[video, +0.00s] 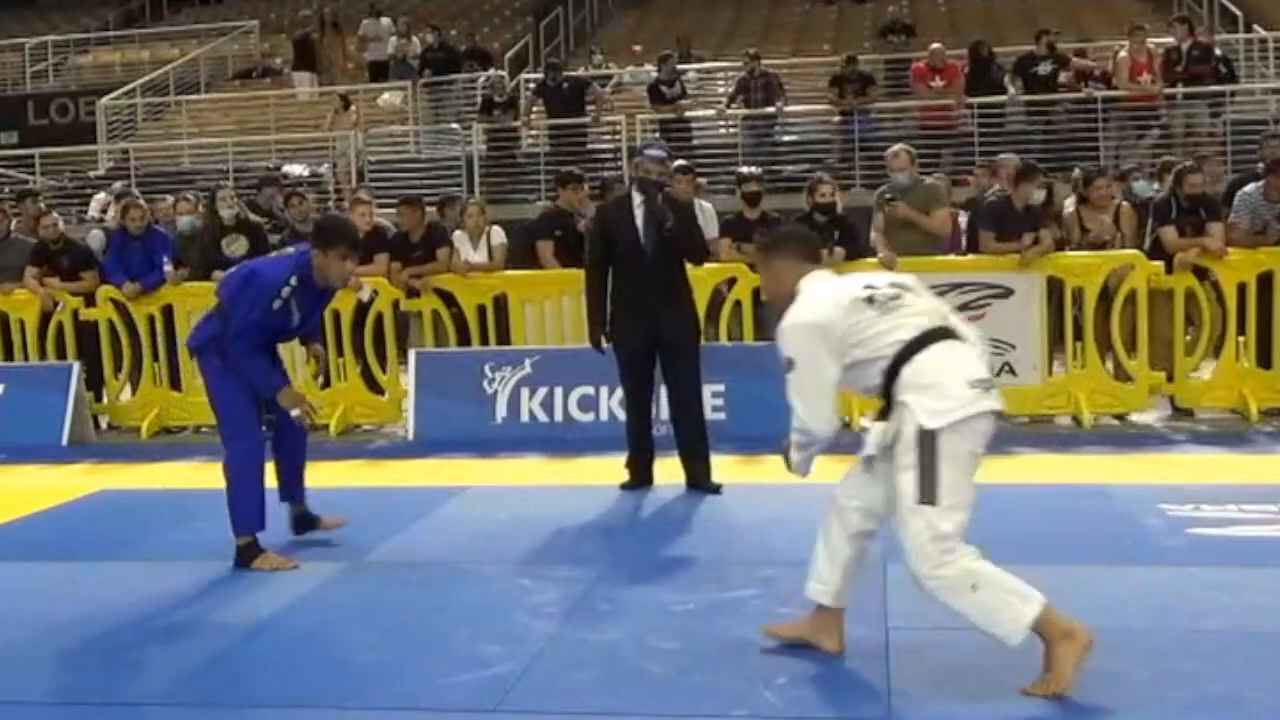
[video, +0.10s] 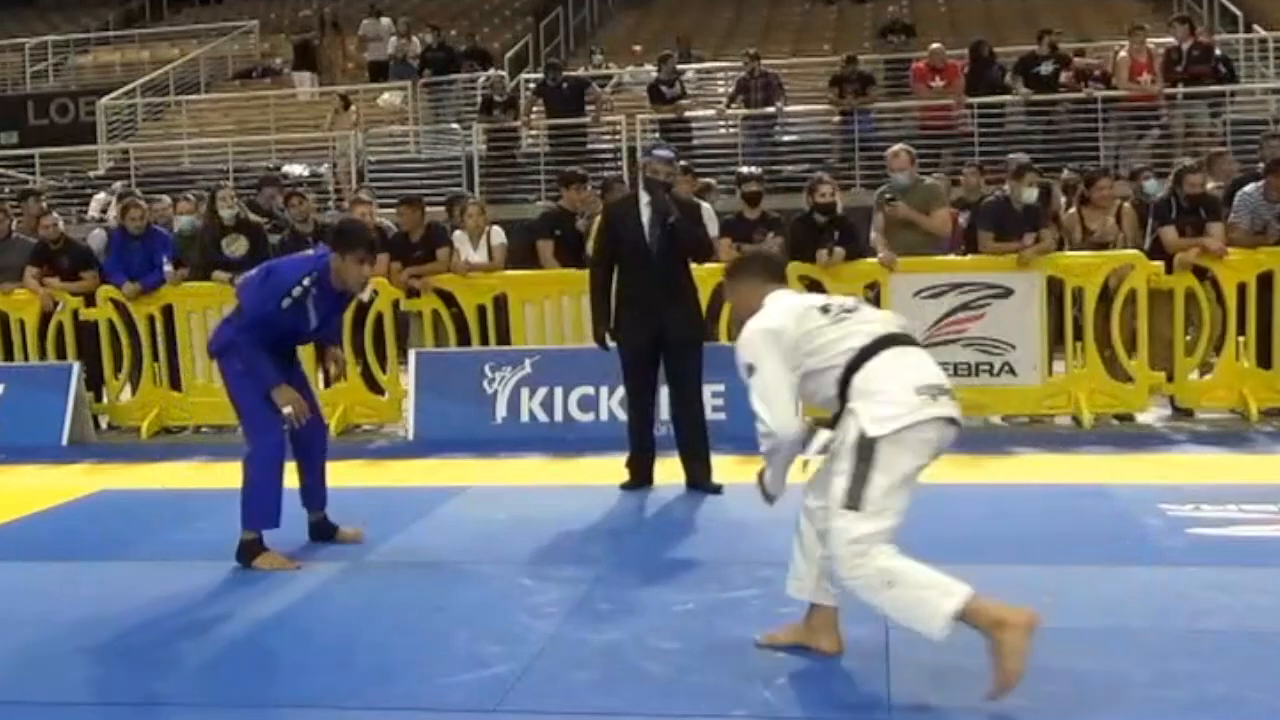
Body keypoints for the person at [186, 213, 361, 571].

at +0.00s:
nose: (350, 268)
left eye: (353, 260)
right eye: (344, 259)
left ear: (352, 259)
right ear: (319, 255)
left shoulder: (326, 277)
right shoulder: (271, 279)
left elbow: (310, 308)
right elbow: (240, 344)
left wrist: (313, 339)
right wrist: (279, 389)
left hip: (260, 344)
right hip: (221, 348)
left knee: (291, 419)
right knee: (244, 439)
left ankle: (299, 512)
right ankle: (247, 545)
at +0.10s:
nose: (368, 272)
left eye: (371, 264)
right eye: (362, 263)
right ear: (337, 259)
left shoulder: (343, 282)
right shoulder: (289, 279)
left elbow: (330, 311)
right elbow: (243, 335)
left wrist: (331, 343)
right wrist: (275, 386)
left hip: (279, 347)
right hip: (240, 347)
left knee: (312, 428)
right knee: (266, 437)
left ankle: (318, 521)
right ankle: (251, 542)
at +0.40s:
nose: (399, 292)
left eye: (401, 282)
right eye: (390, 283)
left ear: (404, 279)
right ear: (366, 279)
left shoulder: (399, 302)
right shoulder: (323, 298)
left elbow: (409, 333)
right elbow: (276, 355)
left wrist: (417, 375)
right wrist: (300, 401)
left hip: (342, 366)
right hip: (298, 365)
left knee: (366, 443)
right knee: (325, 435)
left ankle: (332, 520)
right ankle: (352, 539)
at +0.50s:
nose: (402, 296)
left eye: (406, 286)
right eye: (392, 287)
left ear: (411, 283)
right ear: (370, 283)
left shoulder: (412, 307)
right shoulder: (331, 302)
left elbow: (420, 340)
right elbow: (294, 360)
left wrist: (426, 380)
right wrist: (318, 415)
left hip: (352, 365)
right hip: (309, 366)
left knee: (391, 442)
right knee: (342, 440)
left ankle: (339, 508)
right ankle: (354, 542)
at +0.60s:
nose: (407, 297)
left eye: (411, 288)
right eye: (398, 289)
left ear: (418, 286)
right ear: (377, 283)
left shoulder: (421, 308)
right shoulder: (337, 305)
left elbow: (428, 342)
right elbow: (311, 362)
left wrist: (428, 386)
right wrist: (339, 412)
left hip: (367, 364)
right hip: (321, 363)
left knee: (413, 436)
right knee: (341, 442)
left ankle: (365, 491)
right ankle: (353, 541)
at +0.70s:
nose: (418, 297)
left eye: (423, 288)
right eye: (408, 288)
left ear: (430, 284)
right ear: (388, 282)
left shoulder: (435, 305)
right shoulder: (349, 301)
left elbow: (437, 342)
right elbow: (321, 356)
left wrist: (432, 385)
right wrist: (352, 407)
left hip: (385, 366)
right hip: (337, 364)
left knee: (430, 428)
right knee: (346, 440)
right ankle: (354, 543)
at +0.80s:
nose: (433, 296)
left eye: (439, 287)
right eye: (423, 287)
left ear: (446, 283)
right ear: (403, 281)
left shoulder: (451, 304)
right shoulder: (367, 299)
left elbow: (450, 344)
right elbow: (333, 351)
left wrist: (443, 384)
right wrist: (358, 408)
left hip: (400, 362)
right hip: (353, 364)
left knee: (441, 421)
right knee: (352, 438)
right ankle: (355, 542)